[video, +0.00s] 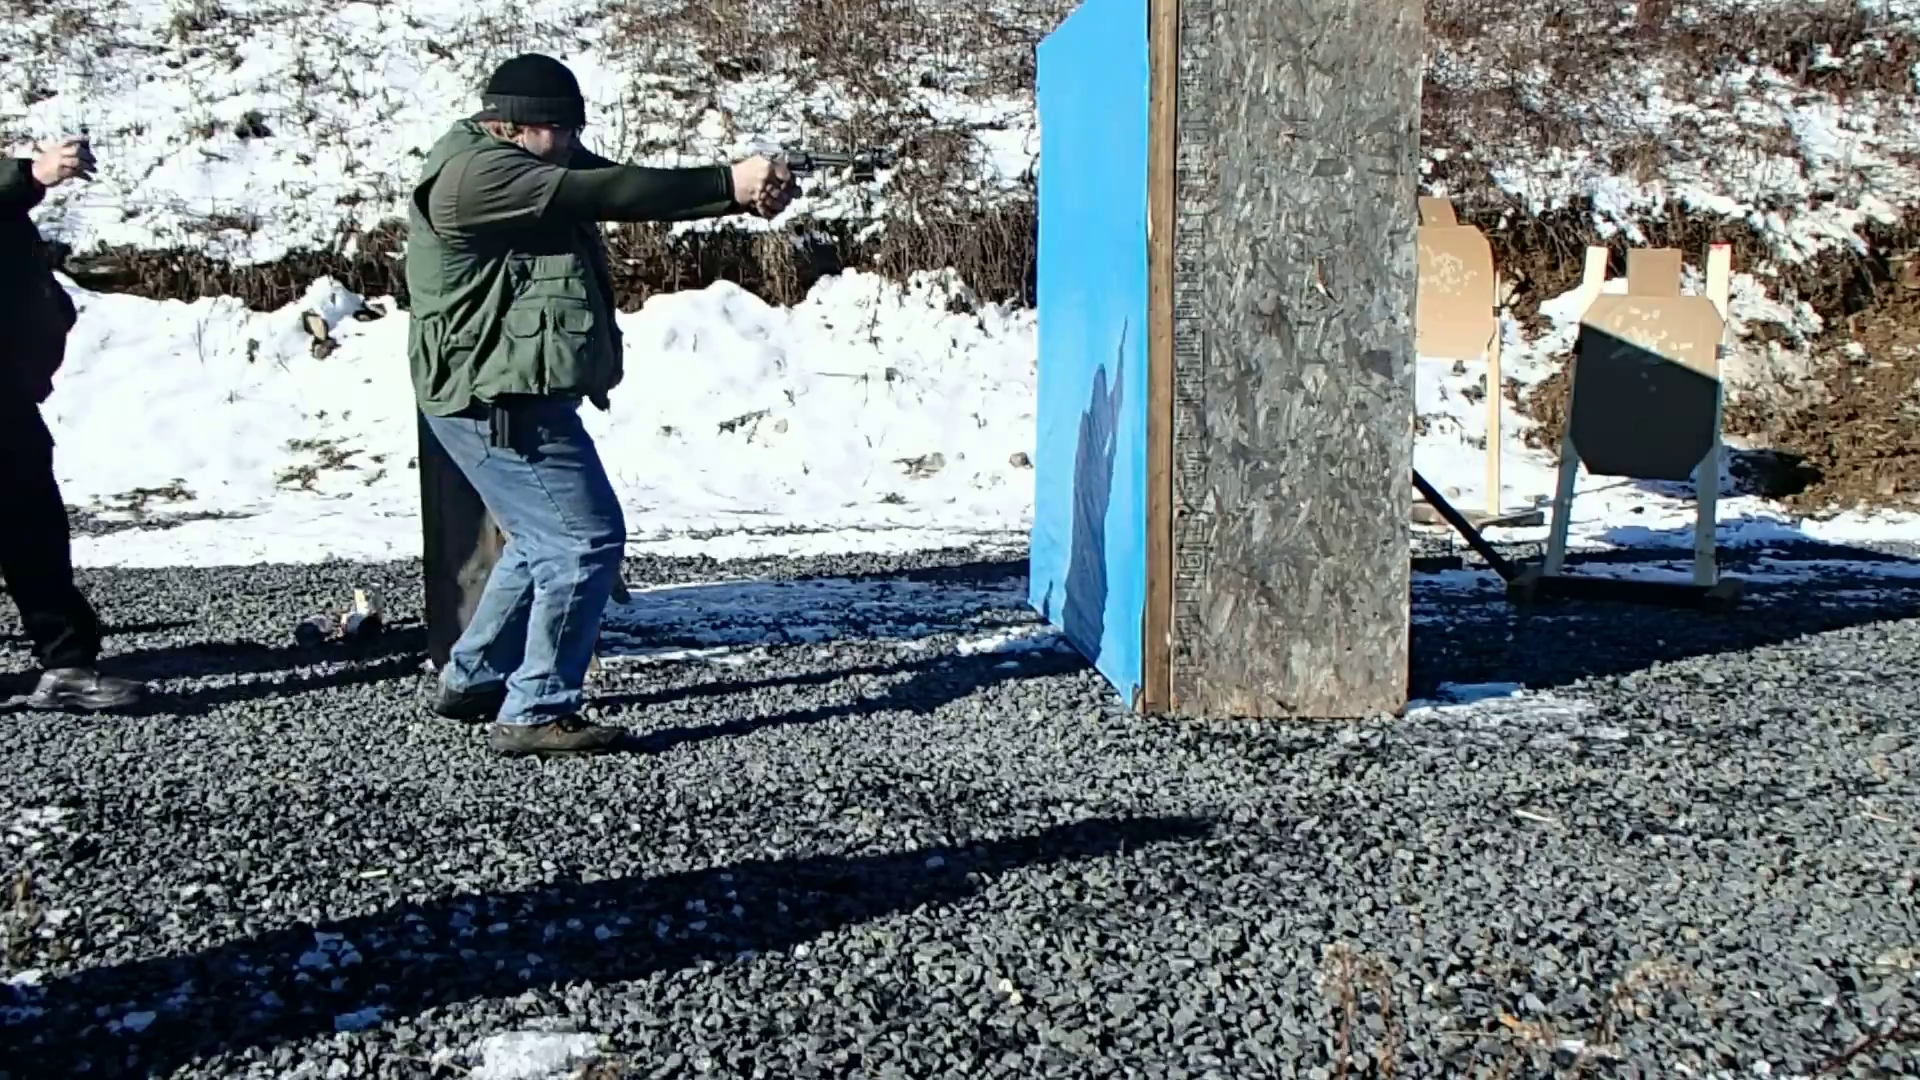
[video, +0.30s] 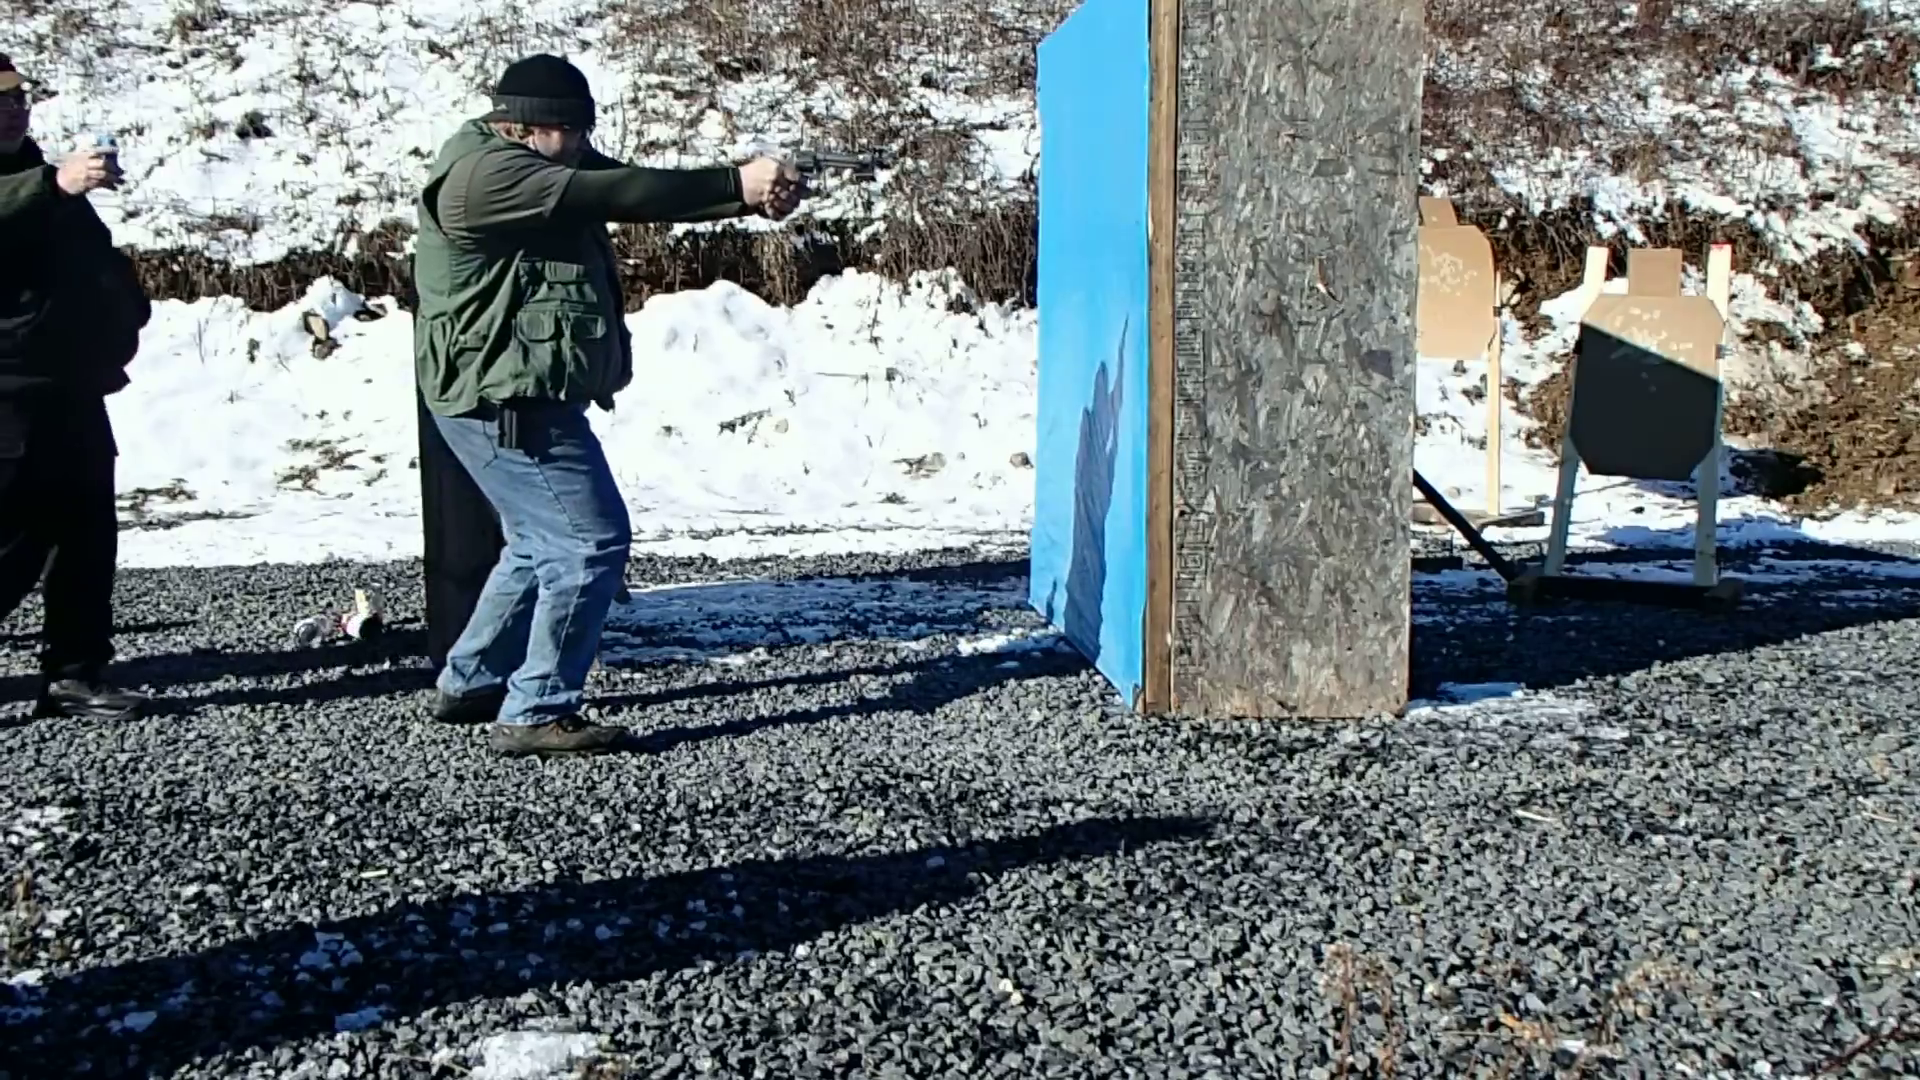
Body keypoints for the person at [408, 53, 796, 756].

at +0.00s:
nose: (576, 145)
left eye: (574, 131)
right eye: (567, 131)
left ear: (517, 122)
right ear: (525, 125)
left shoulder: (498, 165)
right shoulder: (482, 175)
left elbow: (617, 185)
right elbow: (604, 191)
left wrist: (730, 189)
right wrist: (728, 183)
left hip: (505, 392)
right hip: (494, 399)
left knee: (543, 537)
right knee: (587, 539)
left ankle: (472, 677)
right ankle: (538, 710)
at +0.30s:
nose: (584, 146)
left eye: (583, 132)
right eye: (574, 132)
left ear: (529, 124)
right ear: (532, 126)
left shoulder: (509, 163)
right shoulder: (489, 175)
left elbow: (626, 186)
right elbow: (613, 192)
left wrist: (738, 190)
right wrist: (737, 184)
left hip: (503, 395)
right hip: (504, 400)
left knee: (538, 542)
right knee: (592, 542)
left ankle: (468, 681)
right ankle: (537, 711)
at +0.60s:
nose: (604, 147)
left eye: (603, 133)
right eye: (595, 133)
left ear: (549, 126)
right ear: (553, 127)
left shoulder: (532, 163)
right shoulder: (506, 174)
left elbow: (646, 187)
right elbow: (628, 196)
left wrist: (754, 189)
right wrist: (752, 189)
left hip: (512, 397)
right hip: (522, 401)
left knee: (535, 546)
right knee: (601, 545)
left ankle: (465, 684)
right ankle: (539, 711)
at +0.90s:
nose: (660, 121)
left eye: (659, 109)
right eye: (652, 108)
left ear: (609, 111)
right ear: (608, 111)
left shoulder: (640, 169)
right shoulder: (544, 171)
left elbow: (687, 262)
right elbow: (622, 248)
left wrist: (747, 229)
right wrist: (734, 212)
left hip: (600, 402)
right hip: (563, 407)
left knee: (559, 544)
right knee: (622, 557)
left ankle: (470, 675)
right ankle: (538, 709)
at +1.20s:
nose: (795, 133)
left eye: (797, 119)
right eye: (789, 117)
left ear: (748, 115)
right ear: (749, 112)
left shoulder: (765, 181)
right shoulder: (699, 170)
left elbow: (763, 277)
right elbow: (684, 285)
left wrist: (818, 265)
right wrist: (794, 278)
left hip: (746, 410)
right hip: (688, 411)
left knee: (821, 507)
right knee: (671, 572)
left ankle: (843, 682)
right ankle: (536, 702)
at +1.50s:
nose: (941, 146)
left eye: (947, 133)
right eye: (936, 130)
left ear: (928, 125)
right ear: (896, 115)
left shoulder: (923, 181)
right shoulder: (838, 170)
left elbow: (927, 285)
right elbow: (827, 282)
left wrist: (965, 297)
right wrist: (939, 296)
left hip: (871, 386)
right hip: (818, 389)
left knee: (913, 516)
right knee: (947, 502)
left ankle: (892, 686)